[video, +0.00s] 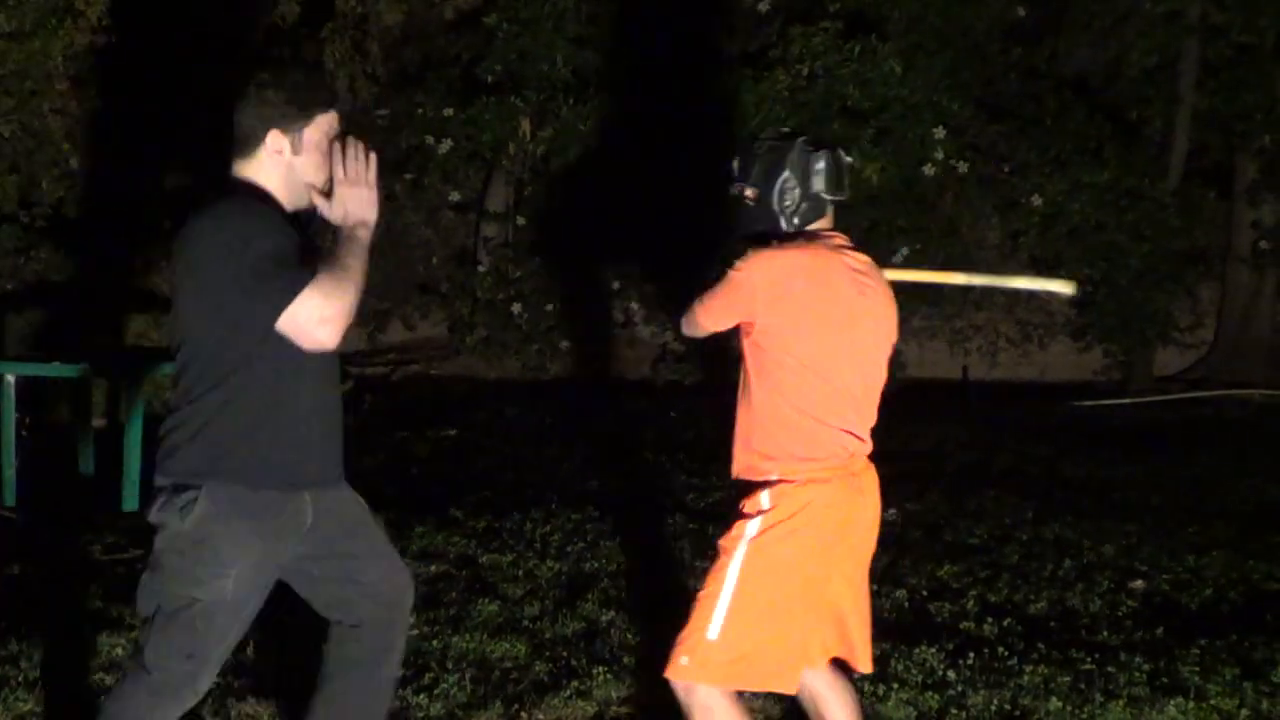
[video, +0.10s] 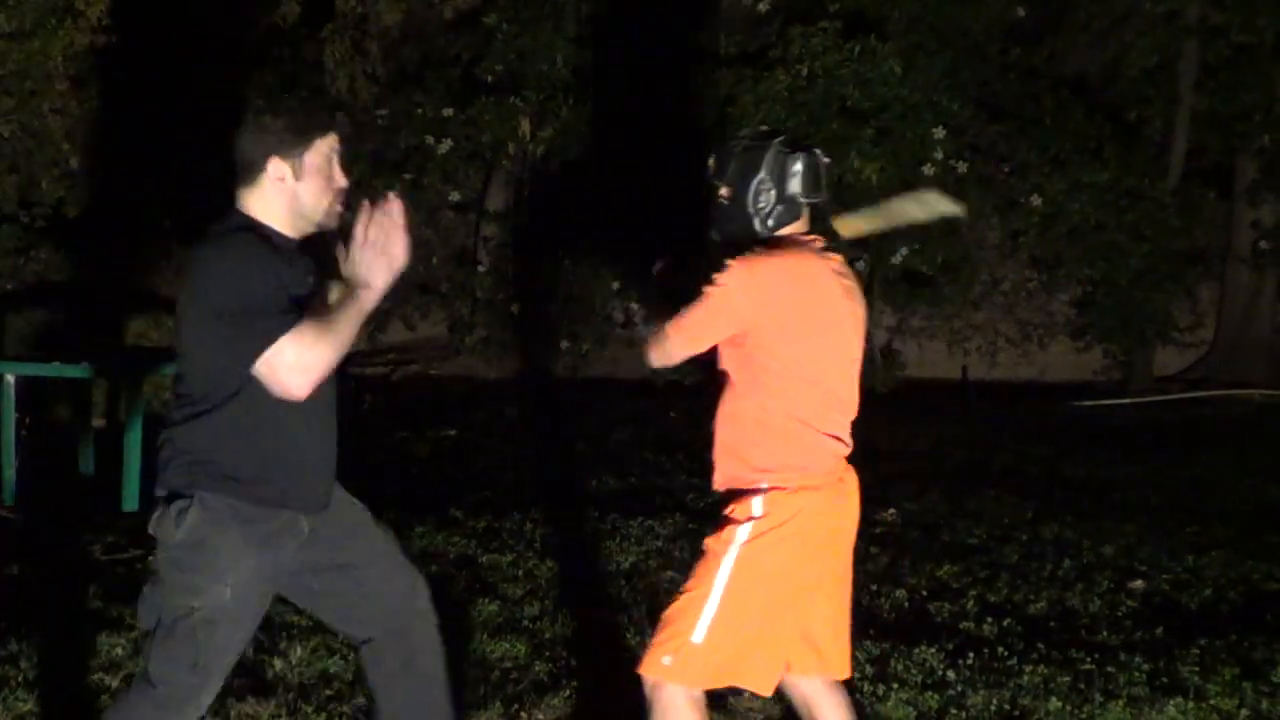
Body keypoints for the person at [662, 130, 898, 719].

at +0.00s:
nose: (747, 202)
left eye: (753, 192)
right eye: (750, 190)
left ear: (773, 202)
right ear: (828, 200)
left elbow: (694, 322)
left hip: (789, 502)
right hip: (854, 496)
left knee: (696, 676)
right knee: (808, 663)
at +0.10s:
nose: (721, 202)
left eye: (728, 191)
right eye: (726, 190)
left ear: (747, 204)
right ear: (805, 205)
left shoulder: (751, 279)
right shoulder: (842, 280)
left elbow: (661, 351)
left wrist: (643, 315)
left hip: (772, 505)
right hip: (830, 499)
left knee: (669, 676)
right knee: (808, 675)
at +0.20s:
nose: (693, 211)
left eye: (700, 199)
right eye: (695, 197)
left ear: (727, 207)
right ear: (771, 206)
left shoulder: (748, 290)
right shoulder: (799, 283)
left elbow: (642, 384)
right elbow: (684, 344)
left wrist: (593, 338)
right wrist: (618, 305)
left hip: (756, 513)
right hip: (804, 504)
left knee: (649, 678)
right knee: (787, 680)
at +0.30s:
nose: (675, 216)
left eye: (684, 205)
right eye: (679, 201)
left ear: (713, 215)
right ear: (748, 211)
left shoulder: (739, 297)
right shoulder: (774, 281)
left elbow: (637, 397)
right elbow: (653, 349)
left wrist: (548, 353)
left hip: (749, 509)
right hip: (787, 500)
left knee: (645, 676)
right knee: (762, 672)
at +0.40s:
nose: (679, 219)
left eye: (686, 208)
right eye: (682, 203)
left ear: (710, 216)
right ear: (751, 212)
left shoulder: (732, 297)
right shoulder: (786, 278)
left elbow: (638, 403)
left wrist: (573, 374)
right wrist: (619, 349)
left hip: (755, 504)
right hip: (801, 495)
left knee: (650, 670)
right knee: (754, 663)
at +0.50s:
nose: (683, 221)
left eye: (689, 209)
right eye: (685, 207)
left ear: (714, 219)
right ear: (759, 211)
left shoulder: (735, 308)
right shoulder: (801, 276)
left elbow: (660, 423)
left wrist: (599, 426)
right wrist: (607, 394)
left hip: (778, 504)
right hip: (842, 492)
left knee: (678, 672)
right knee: (781, 652)